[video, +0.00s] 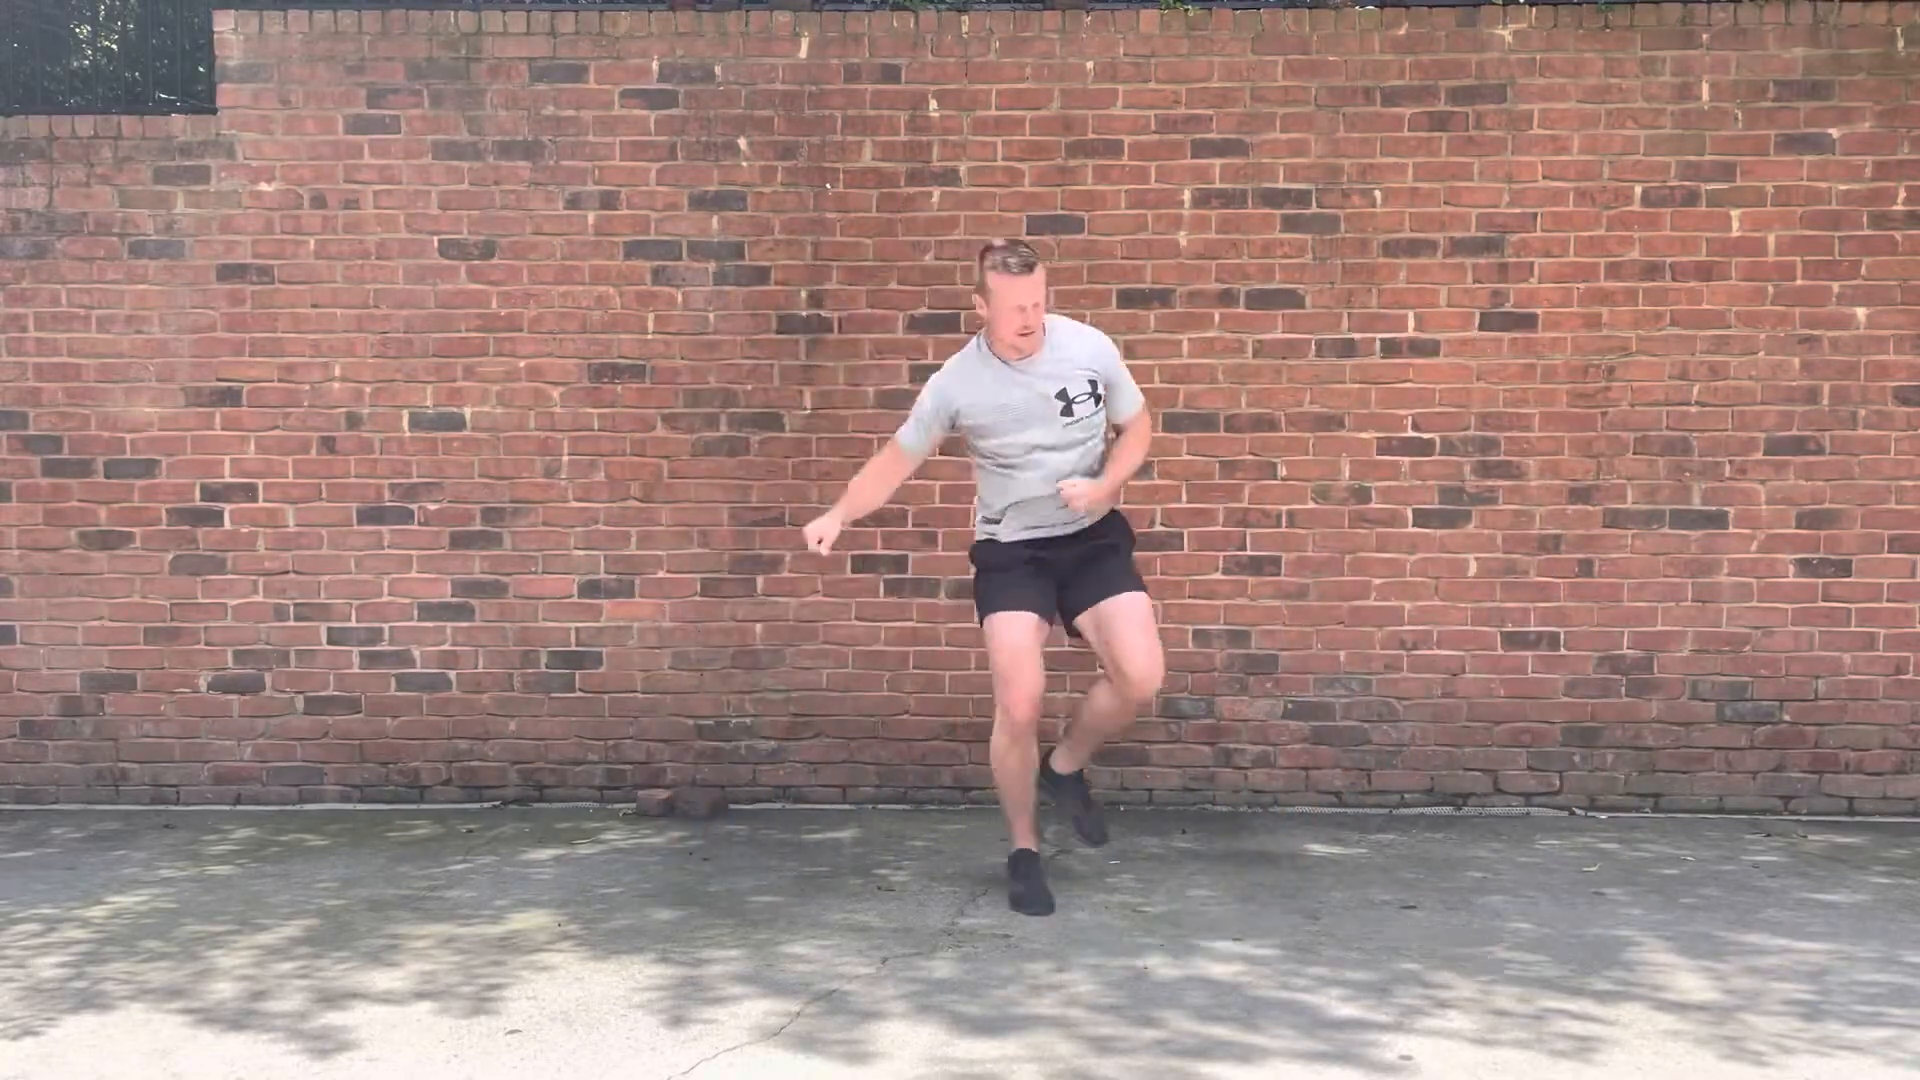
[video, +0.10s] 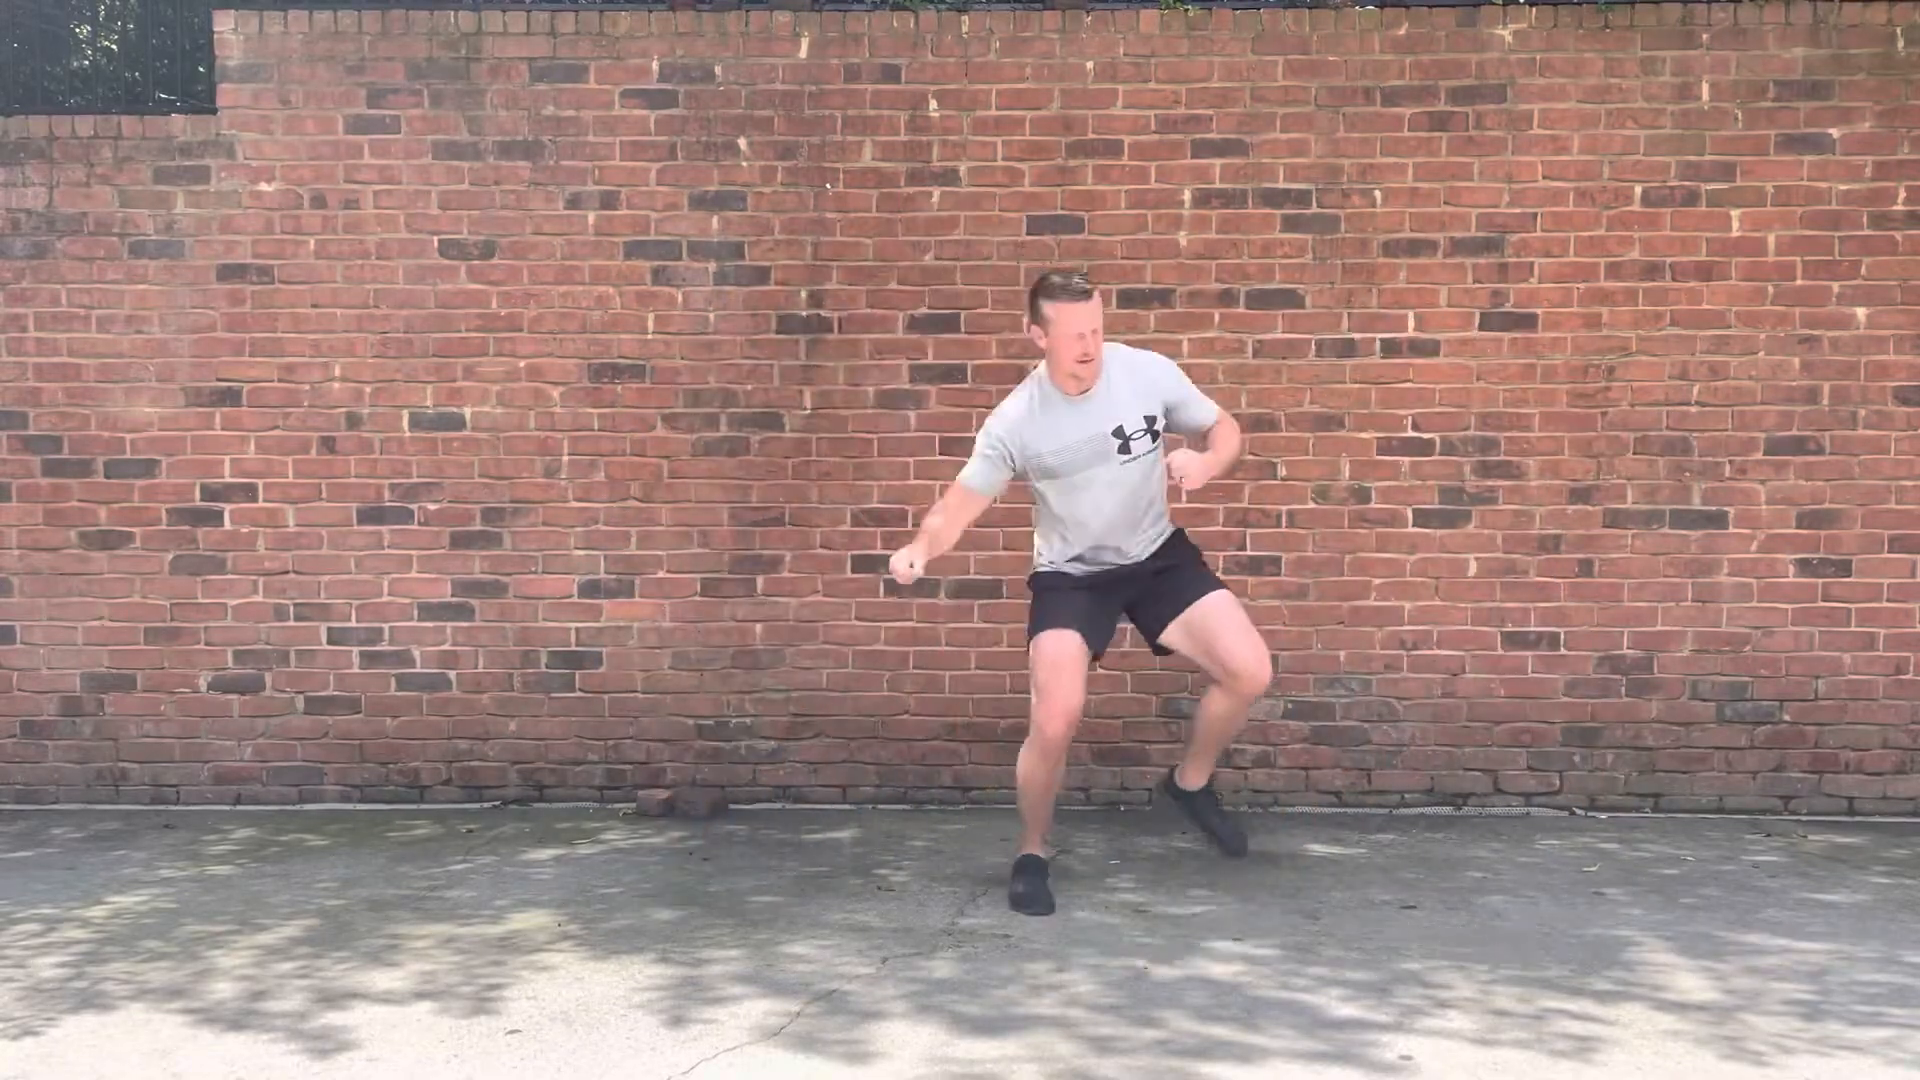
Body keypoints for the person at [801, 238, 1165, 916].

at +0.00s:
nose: (1029, 319)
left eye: (1037, 304)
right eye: (1013, 307)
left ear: (1048, 297)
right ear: (982, 306)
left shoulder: (1089, 348)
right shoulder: (954, 384)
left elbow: (1136, 423)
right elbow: (895, 459)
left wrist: (1106, 486)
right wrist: (839, 514)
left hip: (1095, 537)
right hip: (1011, 549)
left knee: (1141, 677)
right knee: (1020, 708)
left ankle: (1065, 767)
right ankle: (1024, 850)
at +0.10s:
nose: (1089, 348)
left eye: (1096, 332)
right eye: (1073, 335)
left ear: (1105, 325)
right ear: (1039, 335)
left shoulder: (1149, 374)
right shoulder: (1015, 422)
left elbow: (1224, 430)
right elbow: (955, 508)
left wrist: (1208, 461)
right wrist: (918, 550)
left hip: (1157, 556)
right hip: (1070, 573)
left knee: (1250, 670)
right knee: (1055, 719)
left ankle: (1191, 783)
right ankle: (1033, 853)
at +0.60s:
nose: (1574, 422)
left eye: (1585, 409)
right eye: (1563, 406)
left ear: (1594, 404)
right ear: (1526, 391)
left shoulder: (1582, 456)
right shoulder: (1453, 454)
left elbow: (1612, 494)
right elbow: (1363, 514)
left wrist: (1662, 517)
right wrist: (1420, 572)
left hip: (1541, 613)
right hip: (1457, 636)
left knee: (1637, 735)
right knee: (1505, 784)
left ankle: (1655, 860)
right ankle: (1533, 751)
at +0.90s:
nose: (1497, 369)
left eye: (1512, 356)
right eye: (1486, 354)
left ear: (1531, 353)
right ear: (1465, 343)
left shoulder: (1563, 408)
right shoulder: (1420, 391)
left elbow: (1683, 452)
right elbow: (1311, 372)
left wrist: (1620, 402)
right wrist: (1366, 359)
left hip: (1512, 584)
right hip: (1414, 578)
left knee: (1601, 713)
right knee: (1374, 703)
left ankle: (1657, 852)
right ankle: (1427, 739)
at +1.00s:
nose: (1415, 306)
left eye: (1429, 293)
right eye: (1404, 291)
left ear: (1455, 283)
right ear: (1385, 279)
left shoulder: (1491, 348)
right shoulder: (1339, 330)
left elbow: (1594, 397)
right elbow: (1231, 324)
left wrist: (1565, 406)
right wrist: (1201, 346)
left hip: (1442, 539)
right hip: (1345, 525)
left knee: (1510, 686)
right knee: (1284, 640)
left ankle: (1562, 830)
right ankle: (1343, 702)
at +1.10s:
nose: (1341, 278)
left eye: (1355, 265)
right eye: (1330, 264)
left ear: (1380, 258)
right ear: (1313, 254)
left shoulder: (1418, 325)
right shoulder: (1271, 314)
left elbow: (1476, 391)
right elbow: (1178, 357)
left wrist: (1481, 436)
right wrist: (1109, 412)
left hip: (1372, 520)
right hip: (1279, 511)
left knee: (1396, 678)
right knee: (1247, 656)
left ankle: (1367, 821)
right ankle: (1287, 711)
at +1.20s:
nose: (1268, 295)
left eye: (1282, 284)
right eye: (1258, 280)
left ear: (1308, 278)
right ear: (1240, 271)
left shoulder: (1340, 350)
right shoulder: (1193, 340)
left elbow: (1366, 428)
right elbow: (1137, 425)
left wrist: (1378, 488)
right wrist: (1093, 507)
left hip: (1295, 540)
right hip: (1209, 531)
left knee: (1270, 695)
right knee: (1201, 688)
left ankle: (1228, 854)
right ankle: (1215, 752)